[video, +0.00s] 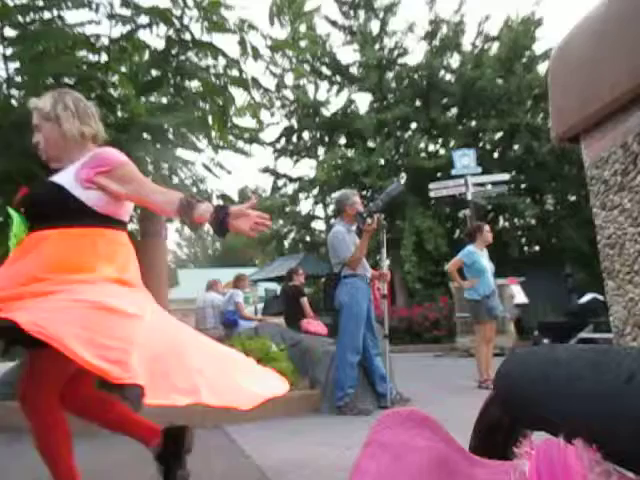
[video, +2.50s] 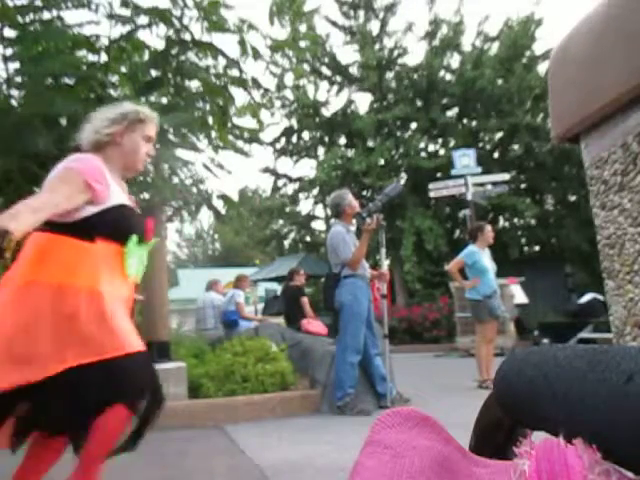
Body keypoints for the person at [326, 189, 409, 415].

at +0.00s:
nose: (362, 207)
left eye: (361, 203)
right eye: (358, 203)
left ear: (351, 208)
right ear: (347, 208)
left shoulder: (352, 232)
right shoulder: (338, 233)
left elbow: (358, 265)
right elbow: (353, 262)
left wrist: (375, 273)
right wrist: (367, 235)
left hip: (363, 284)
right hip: (351, 284)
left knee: (370, 344)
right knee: (350, 345)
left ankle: (386, 393)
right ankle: (344, 398)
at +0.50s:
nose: (363, 207)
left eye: (362, 203)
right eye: (359, 203)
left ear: (352, 208)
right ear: (347, 208)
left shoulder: (353, 231)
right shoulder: (339, 233)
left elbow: (360, 263)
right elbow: (354, 261)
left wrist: (375, 273)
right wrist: (368, 235)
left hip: (364, 283)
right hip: (353, 284)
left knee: (371, 343)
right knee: (351, 344)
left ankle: (386, 393)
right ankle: (344, 398)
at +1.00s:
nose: (363, 208)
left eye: (362, 204)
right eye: (359, 204)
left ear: (351, 207)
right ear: (347, 207)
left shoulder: (353, 232)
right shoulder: (339, 233)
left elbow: (359, 264)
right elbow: (353, 262)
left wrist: (376, 273)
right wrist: (368, 236)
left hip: (364, 285)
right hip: (352, 285)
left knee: (371, 344)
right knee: (351, 344)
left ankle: (386, 393)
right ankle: (345, 398)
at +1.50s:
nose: (360, 205)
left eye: (358, 201)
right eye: (355, 202)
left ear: (348, 208)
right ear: (346, 208)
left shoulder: (351, 232)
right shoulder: (338, 233)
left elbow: (357, 264)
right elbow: (354, 261)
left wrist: (374, 273)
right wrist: (367, 235)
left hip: (363, 285)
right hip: (352, 285)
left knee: (370, 344)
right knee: (351, 345)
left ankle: (387, 394)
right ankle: (344, 399)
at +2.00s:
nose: (358, 204)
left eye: (356, 200)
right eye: (354, 201)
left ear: (346, 208)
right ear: (345, 207)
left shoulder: (349, 232)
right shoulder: (338, 232)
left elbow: (355, 265)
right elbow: (353, 261)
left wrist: (373, 273)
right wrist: (367, 234)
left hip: (362, 284)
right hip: (351, 284)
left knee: (371, 344)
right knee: (351, 344)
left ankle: (387, 393)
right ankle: (344, 398)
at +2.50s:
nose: (358, 204)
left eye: (356, 200)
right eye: (354, 201)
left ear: (345, 208)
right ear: (345, 207)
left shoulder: (348, 232)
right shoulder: (337, 232)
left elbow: (355, 265)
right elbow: (353, 261)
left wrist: (373, 273)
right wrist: (367, 234)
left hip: (361, 284)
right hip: (351, 284)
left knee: (370, 344)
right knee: (351, 345)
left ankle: (386, 393)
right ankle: (344, 397)